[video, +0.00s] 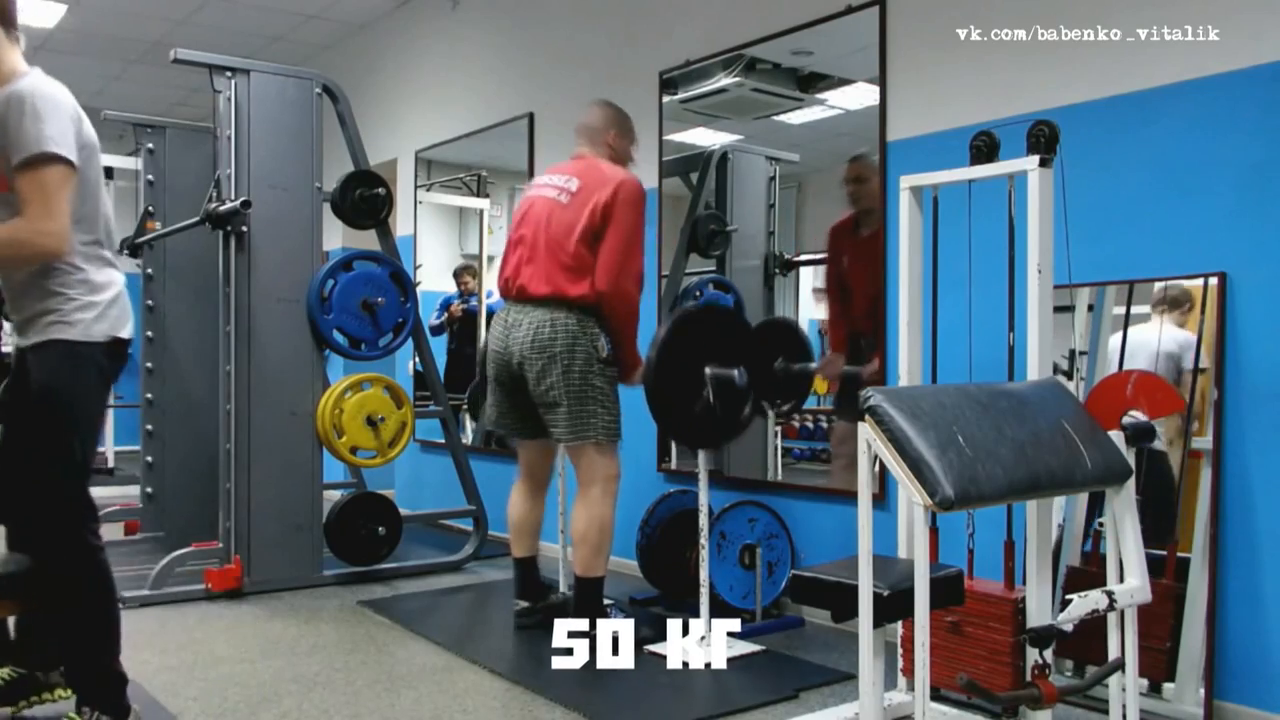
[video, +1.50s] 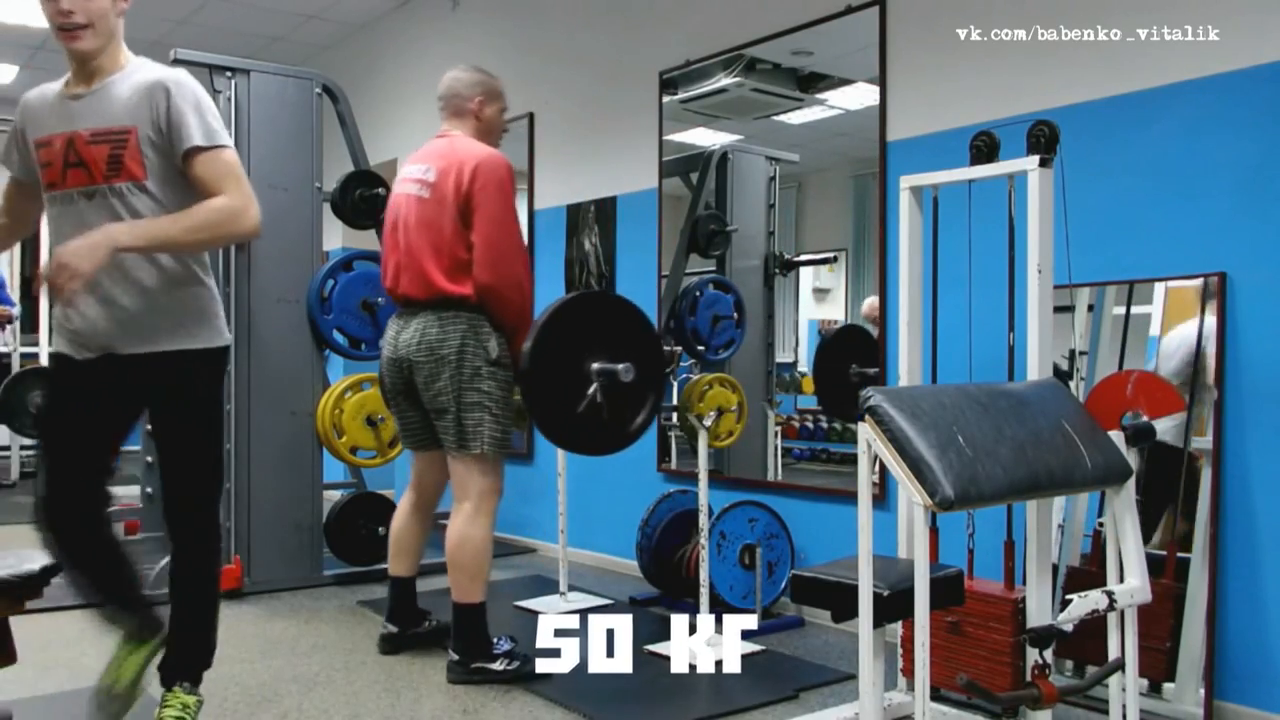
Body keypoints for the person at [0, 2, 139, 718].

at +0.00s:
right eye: (3, 26)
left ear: (5, 22)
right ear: (16, 25)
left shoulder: (36, 95)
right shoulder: (24, 102)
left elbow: (45, 233)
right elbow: (42, 232)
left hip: (75, 326)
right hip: (49, 328)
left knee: (50, 502)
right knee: (27, 497)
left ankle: (100, 693)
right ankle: (43, 653)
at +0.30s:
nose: (3, 19)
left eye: (0, 12)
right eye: (6, 14)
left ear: (6, 17)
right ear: (12, 20)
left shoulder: (22, 90)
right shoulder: (18, 91)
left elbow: (34, 232)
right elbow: (35, 230)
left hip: (34, 334)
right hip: (18, 334)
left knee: (37, 515)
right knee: (7, 518)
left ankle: (102, 701)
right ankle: (20, 684)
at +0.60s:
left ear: (5, 37)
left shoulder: (27, 102)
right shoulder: (25, 105)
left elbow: (50, 230)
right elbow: (47, 231)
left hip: (51, 326)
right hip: (10, 338)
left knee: (78, 513)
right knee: (11, 527)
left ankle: (115, 697)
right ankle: (27, 697)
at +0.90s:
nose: (10, 28)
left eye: (30, 18)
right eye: (5, 15)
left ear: (70, 37)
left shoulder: (99, 132)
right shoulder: (2, 120)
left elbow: (112, 263)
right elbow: (22, 240)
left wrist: (6, 252)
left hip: (105, 353)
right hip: (25, 353)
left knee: (119, 520)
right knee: (30, 532)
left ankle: (154, 687)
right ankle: (28, 694)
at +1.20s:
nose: (74, 6)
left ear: (129, 12)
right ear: (54, 10)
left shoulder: (163, 105)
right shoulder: (30, 108)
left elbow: (234, 219)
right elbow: (16, 197)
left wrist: (111, 249)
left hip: (154, 346)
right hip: (70, 346)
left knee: (158, 513)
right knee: (100, 507)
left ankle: (167, 685)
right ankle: (155, 616)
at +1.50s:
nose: (68, 9)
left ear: (121, 4)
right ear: (46, 12)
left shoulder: (168, 90)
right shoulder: (33, 110)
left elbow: (241, 210)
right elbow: (16, 216)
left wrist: (110, 238)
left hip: (184, 344)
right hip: (87, 350)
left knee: (191, 522)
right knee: (65, 511)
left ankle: (185, 684)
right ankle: (141, 629)